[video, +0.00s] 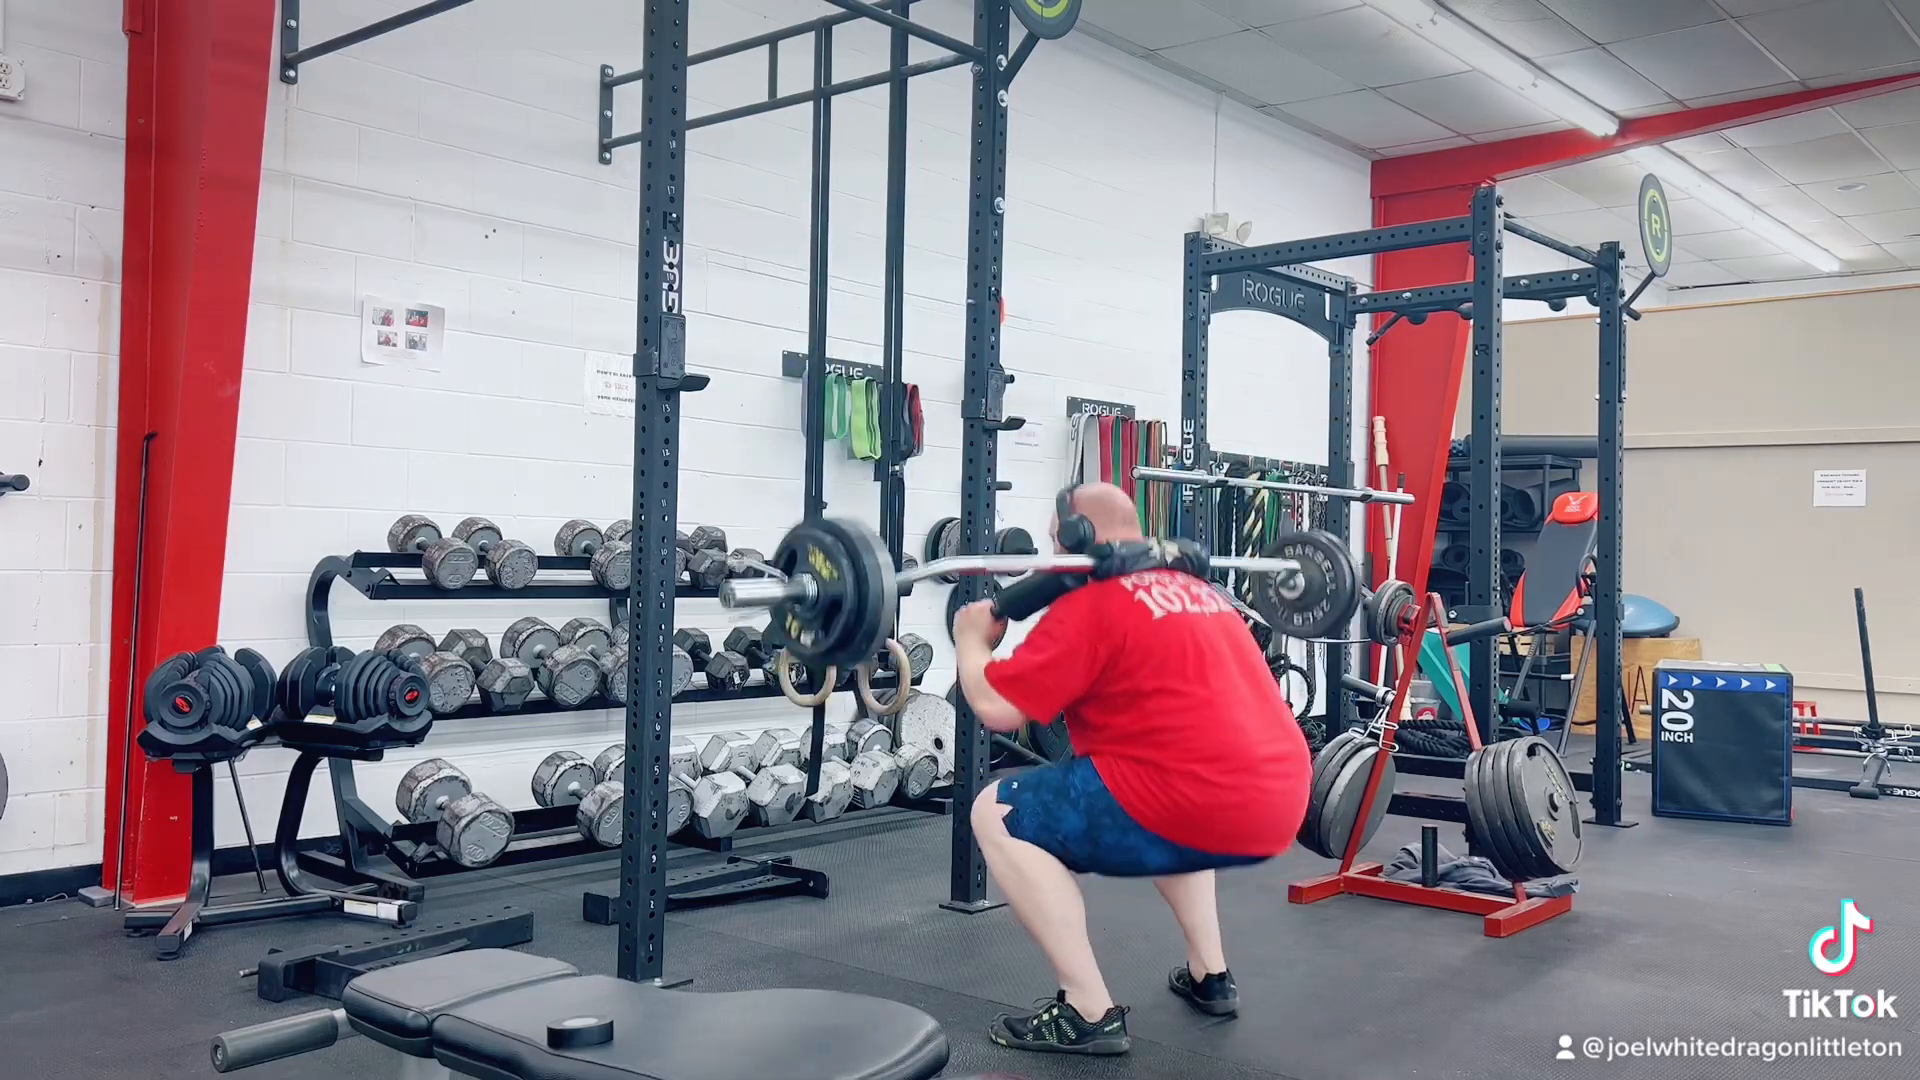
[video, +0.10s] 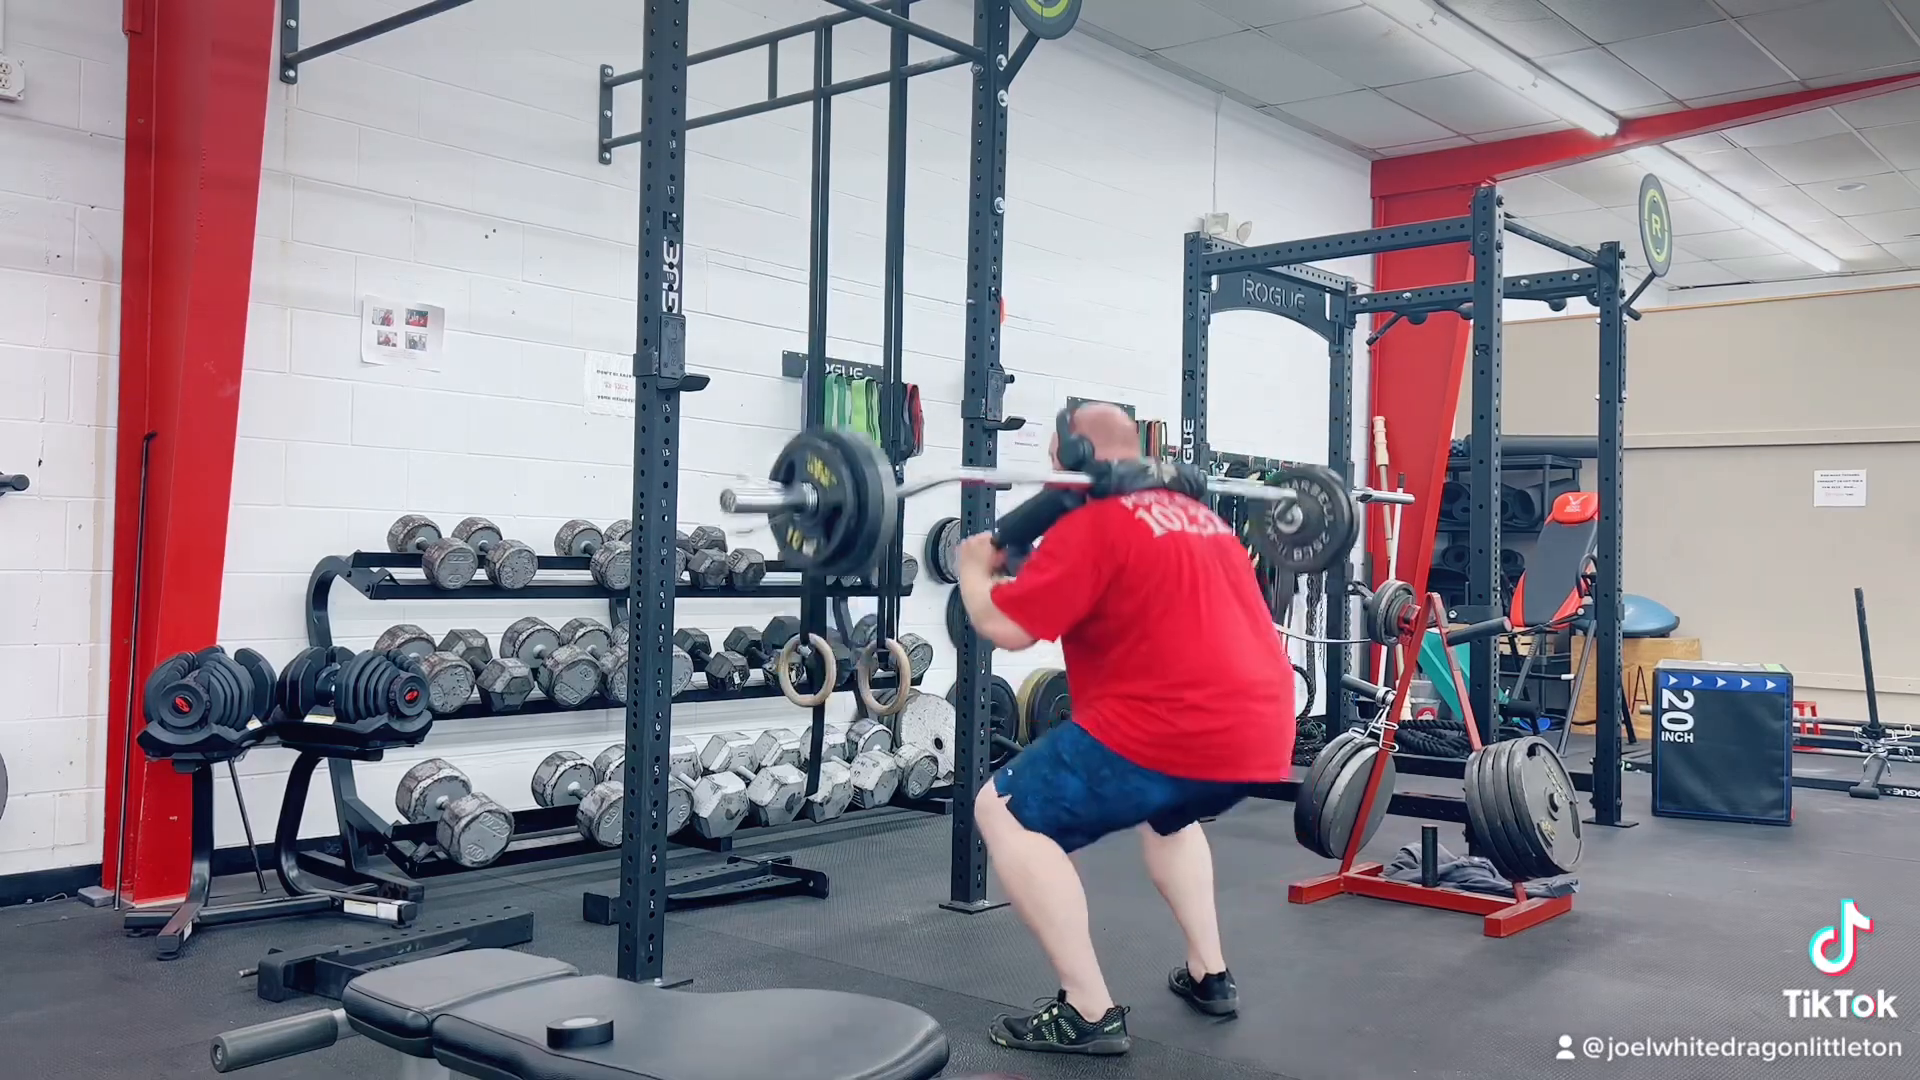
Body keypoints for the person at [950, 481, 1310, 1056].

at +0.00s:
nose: (1055, 545)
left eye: (1056, 537)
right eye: (1058, 536)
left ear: (1068, 542)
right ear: (1138, 534)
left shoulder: (1091, 605)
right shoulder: (1196, 587)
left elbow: (995, 707)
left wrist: (970, 639)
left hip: (1188, 806)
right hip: (1278, 802)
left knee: (997, 813)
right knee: (1143, 783)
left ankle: (1088, 1008)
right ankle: (1210, 973)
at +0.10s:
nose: (1052, 468)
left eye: (1053, 458)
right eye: (1056, 458)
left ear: (1066, 461)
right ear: (1140, 453)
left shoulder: (1095, 523)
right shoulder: (1200, 514)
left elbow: (1007, 627)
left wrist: (971, 572)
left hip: (1162, 731)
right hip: (1261, 732)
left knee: (1003, 808)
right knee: (1167, 813)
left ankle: (1088, 1008)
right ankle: (1210, 975)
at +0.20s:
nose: (1057, 389)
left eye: (1061, 375)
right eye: (1059, 375)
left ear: (1083, 377)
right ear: (1144, 372)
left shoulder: (1100, 443)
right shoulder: (1206, 443)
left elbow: (1012, 549)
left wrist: (981, 496)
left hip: (1141, 668)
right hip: (1235, 670)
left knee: (1019, 799)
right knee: (1167, 794)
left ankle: (1089, 1007)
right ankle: (1211, 974)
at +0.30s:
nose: (1072, 317)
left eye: (1074, 305)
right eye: (1075, 304)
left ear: (1089, 307)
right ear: (1155, 302)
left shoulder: (1106, 372)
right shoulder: (1214, 382)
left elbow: (1032, 471)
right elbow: (1232, 496)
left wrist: (991, 430)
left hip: (1120, 618)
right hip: (1212, 618)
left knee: (1058, 786)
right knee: (1177, 781)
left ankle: (1092, 1006)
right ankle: (1213, 972)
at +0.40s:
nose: (1077, 293)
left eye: (1078, 281)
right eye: (1079, 281)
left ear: (1097, 281)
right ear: (1160, 276)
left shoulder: (1109, 351)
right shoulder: (1217, 362)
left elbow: (1039, 450)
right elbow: (1238, 477)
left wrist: (1000, 413)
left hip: (1112, 606)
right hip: (1203, 604)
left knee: (1100, 796)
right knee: (1192, 782)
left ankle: (1095, 1007)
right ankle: (1214, 973)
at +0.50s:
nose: (1077, 292)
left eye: (1079, 280)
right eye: (1080, 279)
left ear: (1099, 281)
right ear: (1162, 278)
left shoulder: (1113, 351)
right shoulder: (1219, 365)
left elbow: (1065, 459)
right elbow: (1248, 475)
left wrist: (1011, 429)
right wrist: (1165, 477)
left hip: (1107, 611)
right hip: (1196, 612)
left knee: (1108, 799)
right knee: (1196, 783)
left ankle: (1096, 1009)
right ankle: (1215, 973)